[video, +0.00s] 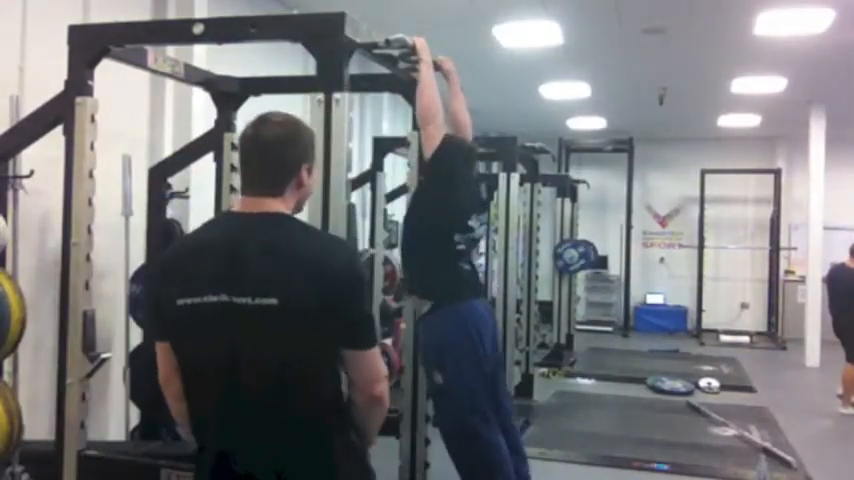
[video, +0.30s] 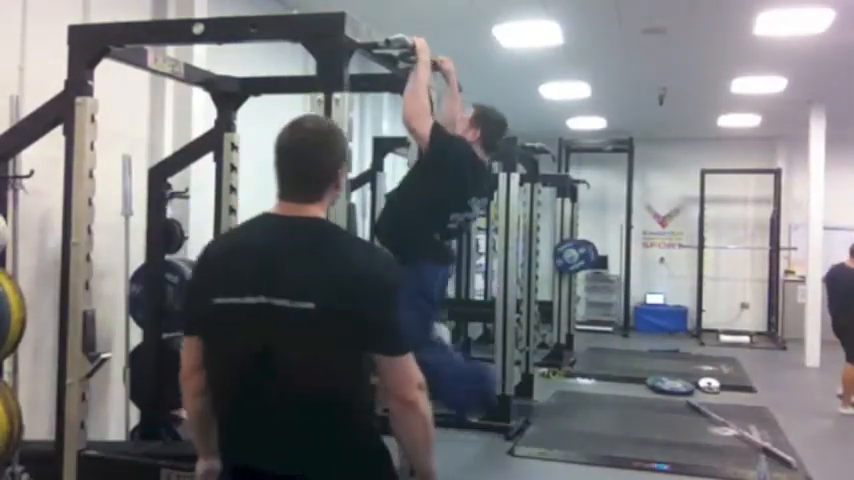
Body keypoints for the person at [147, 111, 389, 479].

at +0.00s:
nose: (314, 179)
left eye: (313, 169)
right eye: (314, 171)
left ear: (243, 169)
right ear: (303, 177)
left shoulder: (177, 261)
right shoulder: (331, 258)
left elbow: (171, 385)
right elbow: (372, 389)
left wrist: (205, 446)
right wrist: (355, 446)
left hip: (221, 463)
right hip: (315, 463)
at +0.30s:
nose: (347, 178)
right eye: (346, 170)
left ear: (279, 171)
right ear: (339, 179)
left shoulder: (219, 256)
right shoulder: (369, 266)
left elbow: (193, 376)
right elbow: (406, 393)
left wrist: (207, 455)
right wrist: (423, 469)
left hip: (248, 461)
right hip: (342, 463)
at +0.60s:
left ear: (336, 172)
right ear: (395, 185)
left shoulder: (278, 251)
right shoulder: (420, 266)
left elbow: (253, 375)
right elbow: (456, 399)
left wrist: (283, 444)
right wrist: (463, 471)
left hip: (300, 459)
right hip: (391, 463)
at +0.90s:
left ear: (373, 163)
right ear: (439, 180)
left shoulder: (314, 243)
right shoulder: (462, 266)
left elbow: (279, 359)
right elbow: (491, 400)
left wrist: (314, 410)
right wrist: (483, 471)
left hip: (321, 453)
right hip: (412, 460)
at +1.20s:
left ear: (403, 180)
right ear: (466, 198)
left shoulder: (331, 251)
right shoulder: (484, 280)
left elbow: (276, 367)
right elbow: (508, 412)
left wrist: (293, 441)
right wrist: (498, 473)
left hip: (320, 458)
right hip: (421, 463)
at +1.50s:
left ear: (413, 260)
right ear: (465, 275)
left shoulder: (335, 297)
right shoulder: (473, 322)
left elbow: (266, 412)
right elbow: (503, 455)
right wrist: (462, 477)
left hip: (292, 464)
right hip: (400, 467)